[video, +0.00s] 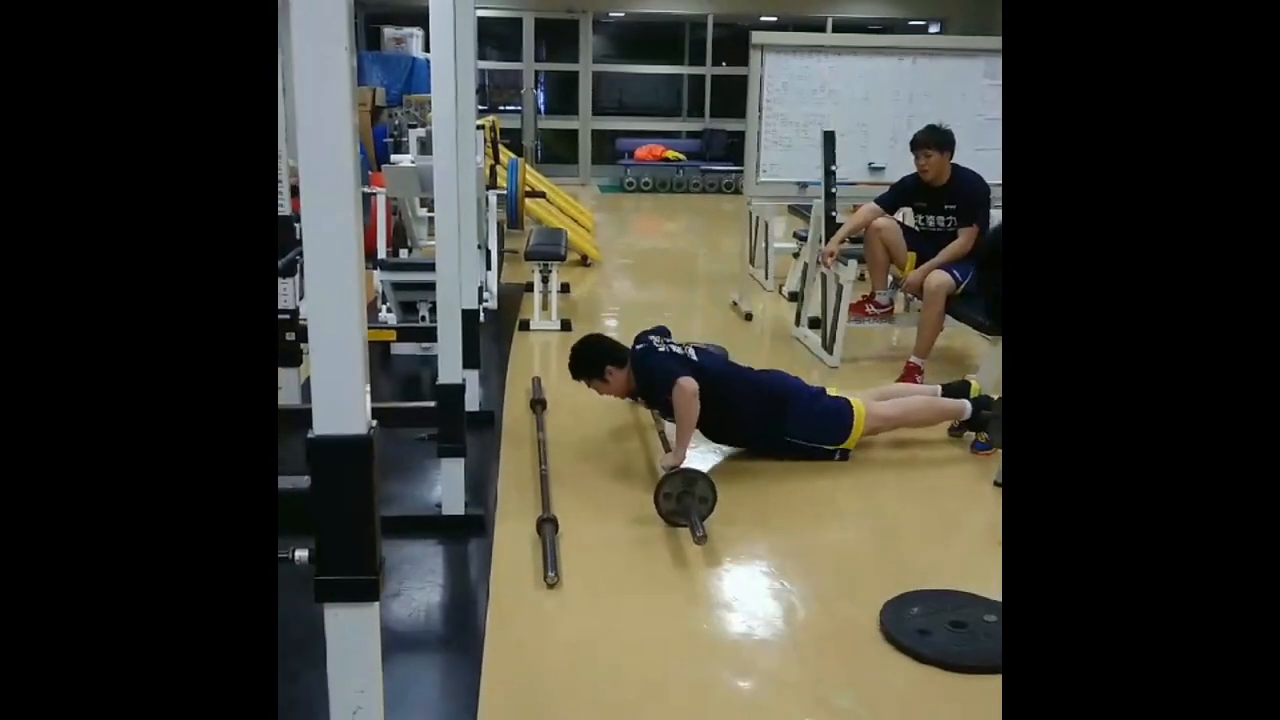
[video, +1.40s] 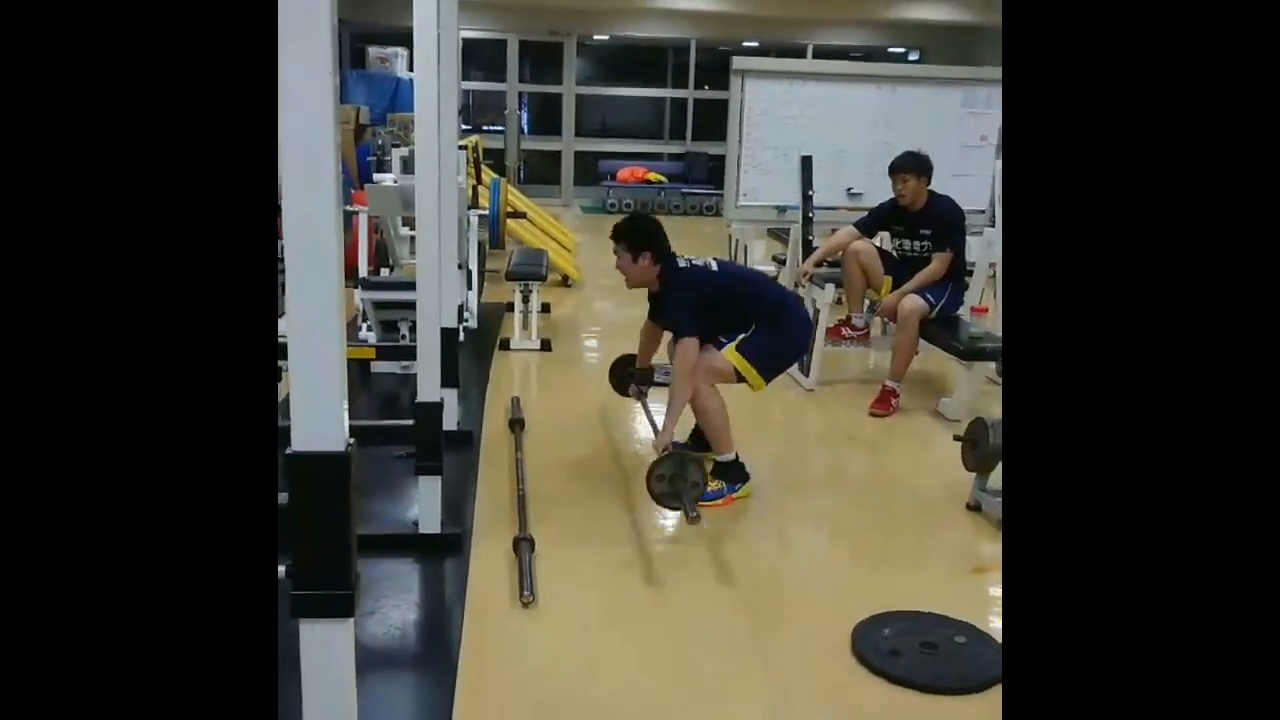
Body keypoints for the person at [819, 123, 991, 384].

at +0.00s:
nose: (920, 163)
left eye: (927, 157)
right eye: (917, 157)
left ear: (947, 156)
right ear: (913, 157)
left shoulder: (971, 186)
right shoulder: (911, 184)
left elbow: (965, 242)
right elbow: (870, 211)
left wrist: (922, 271)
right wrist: (836, 240)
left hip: (961, 257)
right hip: (924, 249)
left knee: (935, 283)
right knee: (877, 227)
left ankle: (915, 365)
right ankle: (880, 301)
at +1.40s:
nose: (898, 187)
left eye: (905, 181)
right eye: (895, 181)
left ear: (924, 181)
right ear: (891, 182)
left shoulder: (947, 211)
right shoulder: (890, 210)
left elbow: (939, 268)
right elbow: (848, 236)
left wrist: (897, 296)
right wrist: (811, 261)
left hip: (943, 283)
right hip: (904, 276)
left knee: (908, 307)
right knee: (856, 250)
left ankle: (890, 389)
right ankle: (857, 326)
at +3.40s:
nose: (894, 205)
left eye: (901, 198)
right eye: (890, 198)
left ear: (920, 200)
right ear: (886, 199)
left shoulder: (941, 231)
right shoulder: (884, 227)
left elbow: (932, 287)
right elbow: (843, 253)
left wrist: (889, 314)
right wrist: (805, 278)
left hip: (935, 303)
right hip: (895, 294)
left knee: (901, 325)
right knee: (848, 268)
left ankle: (883, 407)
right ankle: (849, 344)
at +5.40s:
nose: (883, 218)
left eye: (890, 212)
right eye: (880, 211)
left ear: (909, 212)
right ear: (876, 211)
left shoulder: (930, 241)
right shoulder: (874, 237)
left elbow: (921, 296)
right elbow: (831, 262)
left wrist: (878, 322)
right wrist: (794, 287)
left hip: (923, 313)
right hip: (886, 303)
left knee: (889, 336)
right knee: (837, 278)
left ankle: (870, 417)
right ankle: (838, 352)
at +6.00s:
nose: (880, 228)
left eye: (887, 221)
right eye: (877, 221)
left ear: (906, 222)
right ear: (873, 221)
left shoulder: (928, 252)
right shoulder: (870, 248)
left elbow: (918, 307)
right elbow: (830, 272)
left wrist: (875, 333)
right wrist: (793, 296)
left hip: (921, 324)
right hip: (882, 314)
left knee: (886, 345)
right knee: (835, 288)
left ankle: (868, 426)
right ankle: (835, 362)